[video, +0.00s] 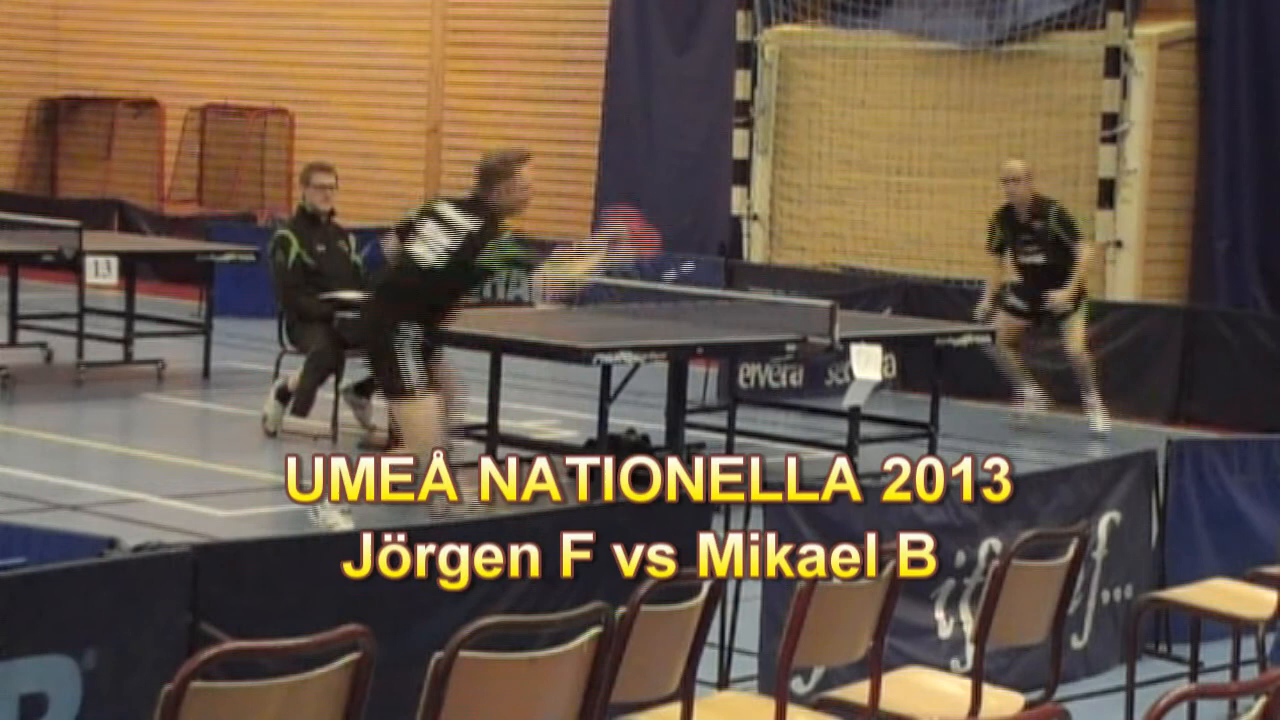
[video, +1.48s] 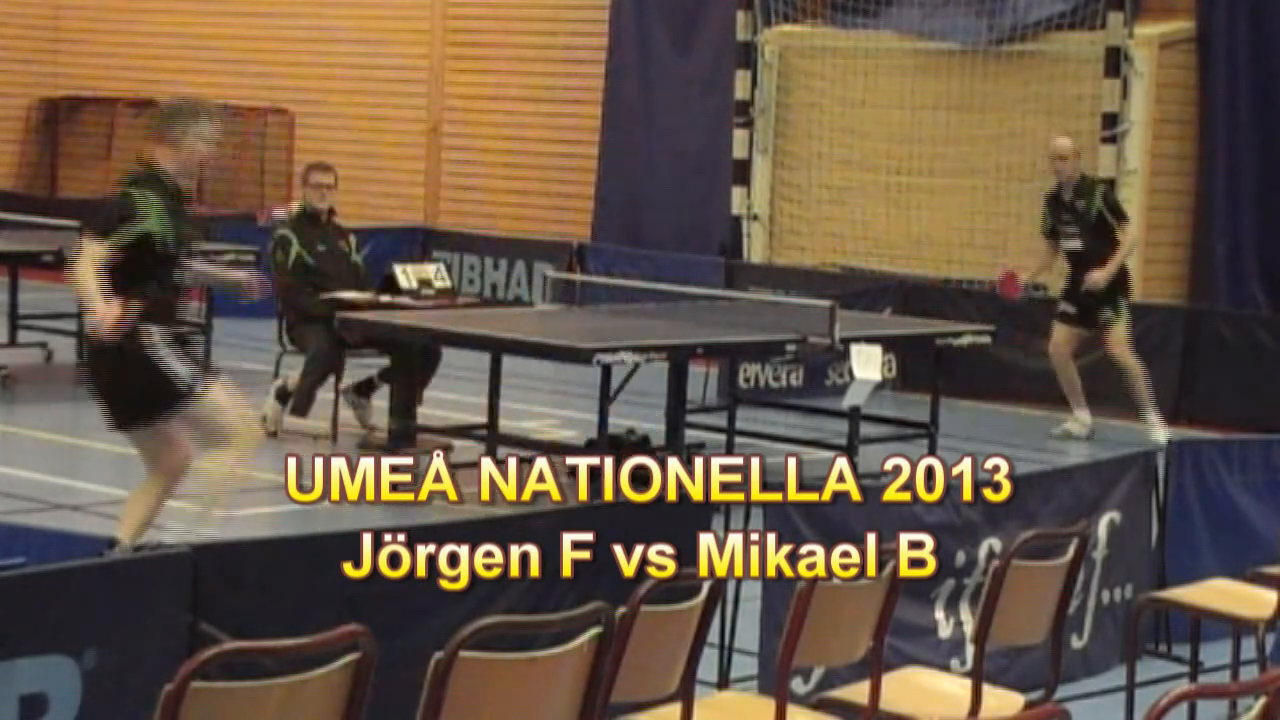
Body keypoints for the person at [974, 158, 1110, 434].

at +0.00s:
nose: (1010, 188)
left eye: (1015, 182)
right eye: (1005, 182)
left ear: (1029, 183)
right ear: (1001, 186)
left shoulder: (1052, 212)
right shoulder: (1002, 218)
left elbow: (1085, 249)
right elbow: (998, 265)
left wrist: (1068, 290)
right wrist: (988, 299)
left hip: (1062, 288)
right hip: (1025, 288)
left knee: (1075, 349)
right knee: (999, 341)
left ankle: (1092, 403)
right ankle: (1031, 393)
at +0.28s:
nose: (939, 212)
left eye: (944, 205)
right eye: (936, 206)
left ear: (959, 205)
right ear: (935, 209)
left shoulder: (978, 233)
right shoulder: (953, 238)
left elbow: (996, 283)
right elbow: (965, 282)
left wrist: (968, 313)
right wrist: (933, 307)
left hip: (1009, 310)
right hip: (980, 308)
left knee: (1021, 377)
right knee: (926, 334)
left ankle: (1078, 411)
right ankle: (924, 400)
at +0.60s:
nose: (910, 186)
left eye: (915, 180)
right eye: (907, 181)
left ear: (934, 181)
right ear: (908, 185)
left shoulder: (955, 209)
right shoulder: (917, 219)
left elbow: (979, 248)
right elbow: (883, 243)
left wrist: (946, 280)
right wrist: (862, 216)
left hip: (985, 292)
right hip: (951, 295)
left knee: (1004, 346)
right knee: (908, 333)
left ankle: (1052, 403)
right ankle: (924, 398)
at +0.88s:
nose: (950, 175)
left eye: (956, 168)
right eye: (946, 169)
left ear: (971, 169)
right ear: (942, 171)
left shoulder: (990, 202)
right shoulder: (940, 203)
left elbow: (1015, 246)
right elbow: (920, 243)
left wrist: (996, 280)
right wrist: (889, 239)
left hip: (1002, 281)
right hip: (965, 281)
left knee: (1023, 338)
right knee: (932, 334)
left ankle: (1056, 404)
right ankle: (930, 397)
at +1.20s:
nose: (1023, 167)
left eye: (1029, 162)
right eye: (1019, 162)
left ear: (1043, 164)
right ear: (1015, 164)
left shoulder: (1065, 195)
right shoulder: (1012, 200)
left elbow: (1089, 234)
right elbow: (1010, 245)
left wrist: (1080, 272)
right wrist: (989, 276)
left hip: (1060, 278)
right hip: (1026, 276)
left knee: (1061, 348)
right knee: (999, 334)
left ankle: (1065, 413)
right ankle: (984, 397)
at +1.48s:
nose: (1060, 165)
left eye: (1065, 159)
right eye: (1055, 160)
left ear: (1078, 159)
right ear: (1049, 163)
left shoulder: (1099, 191)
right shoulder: (1054, 200)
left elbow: (1129, 234)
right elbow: (1051, 248)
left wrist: (1107, 271)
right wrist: (1028, 274)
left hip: (1109, 280)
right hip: (1077, 280)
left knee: (1119, 349)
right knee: (1058, 348)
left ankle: (1153, 420)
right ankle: (1081, 418)